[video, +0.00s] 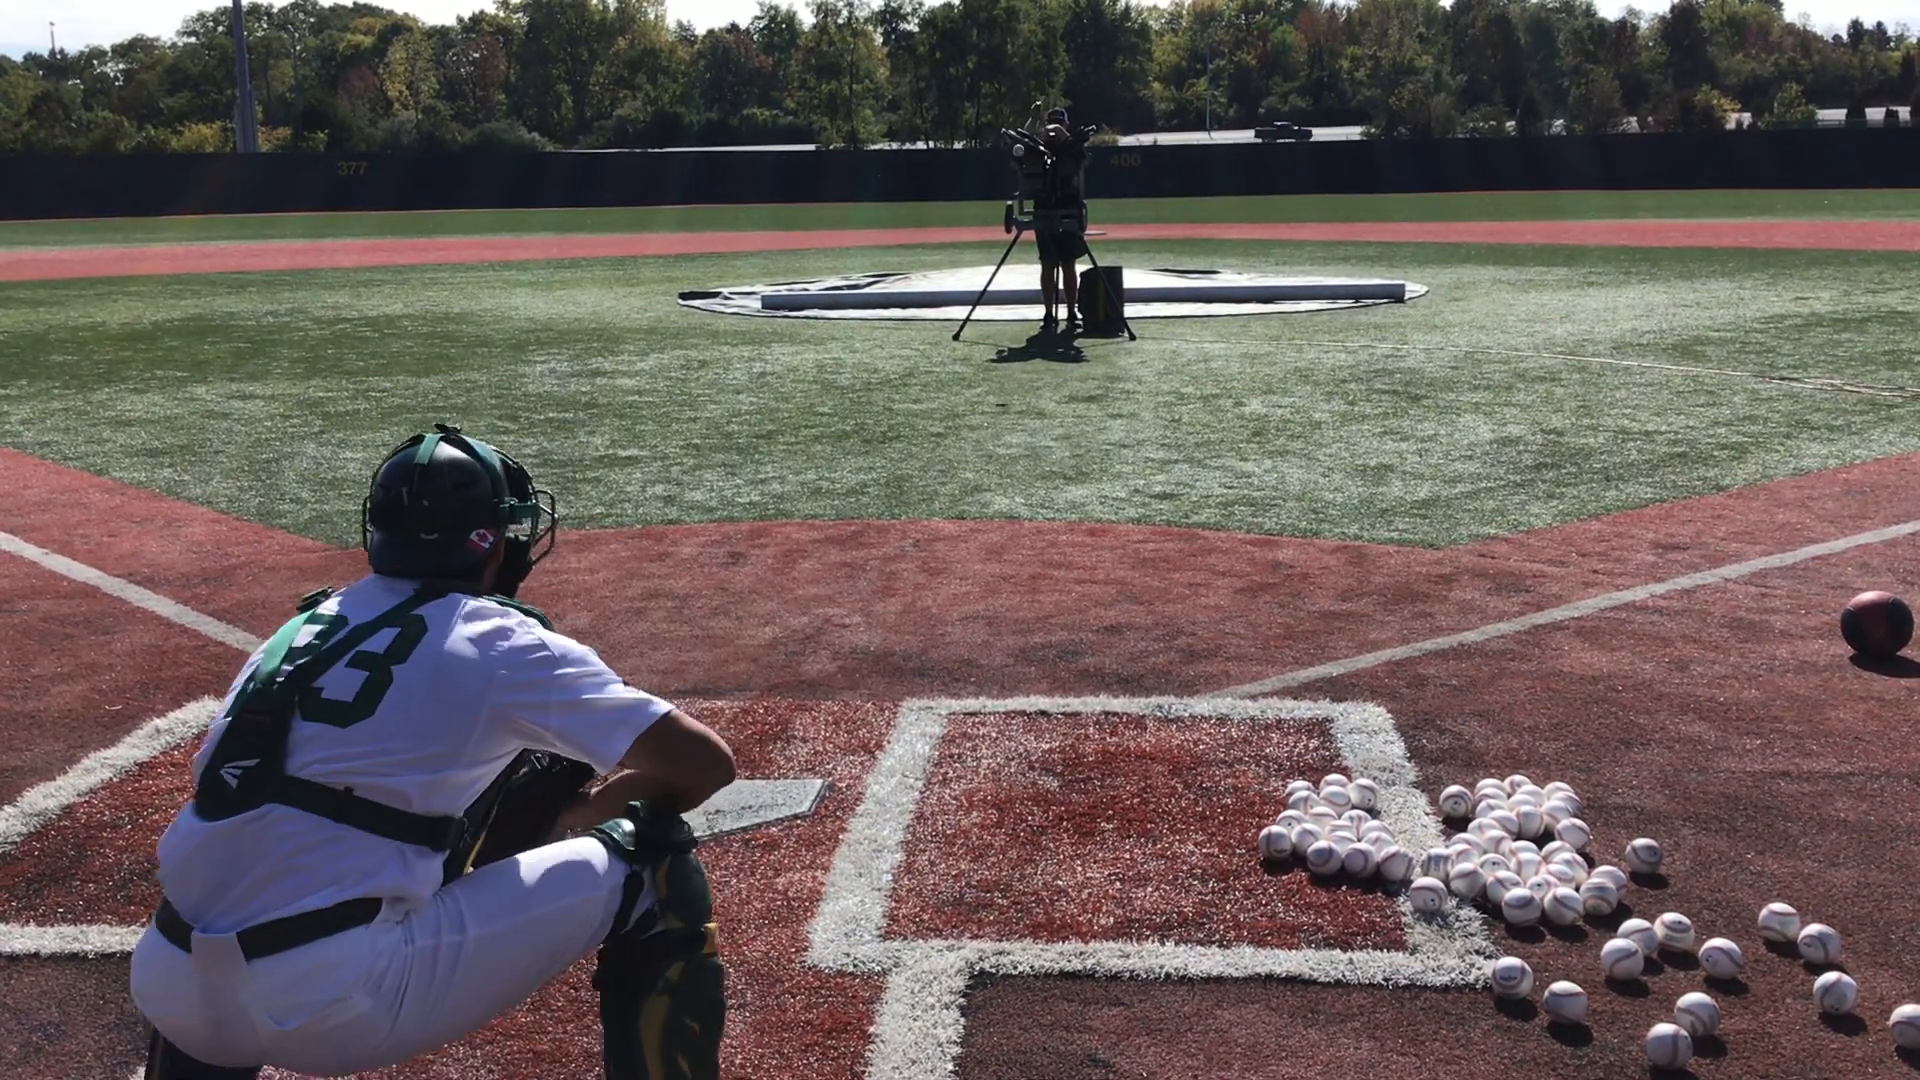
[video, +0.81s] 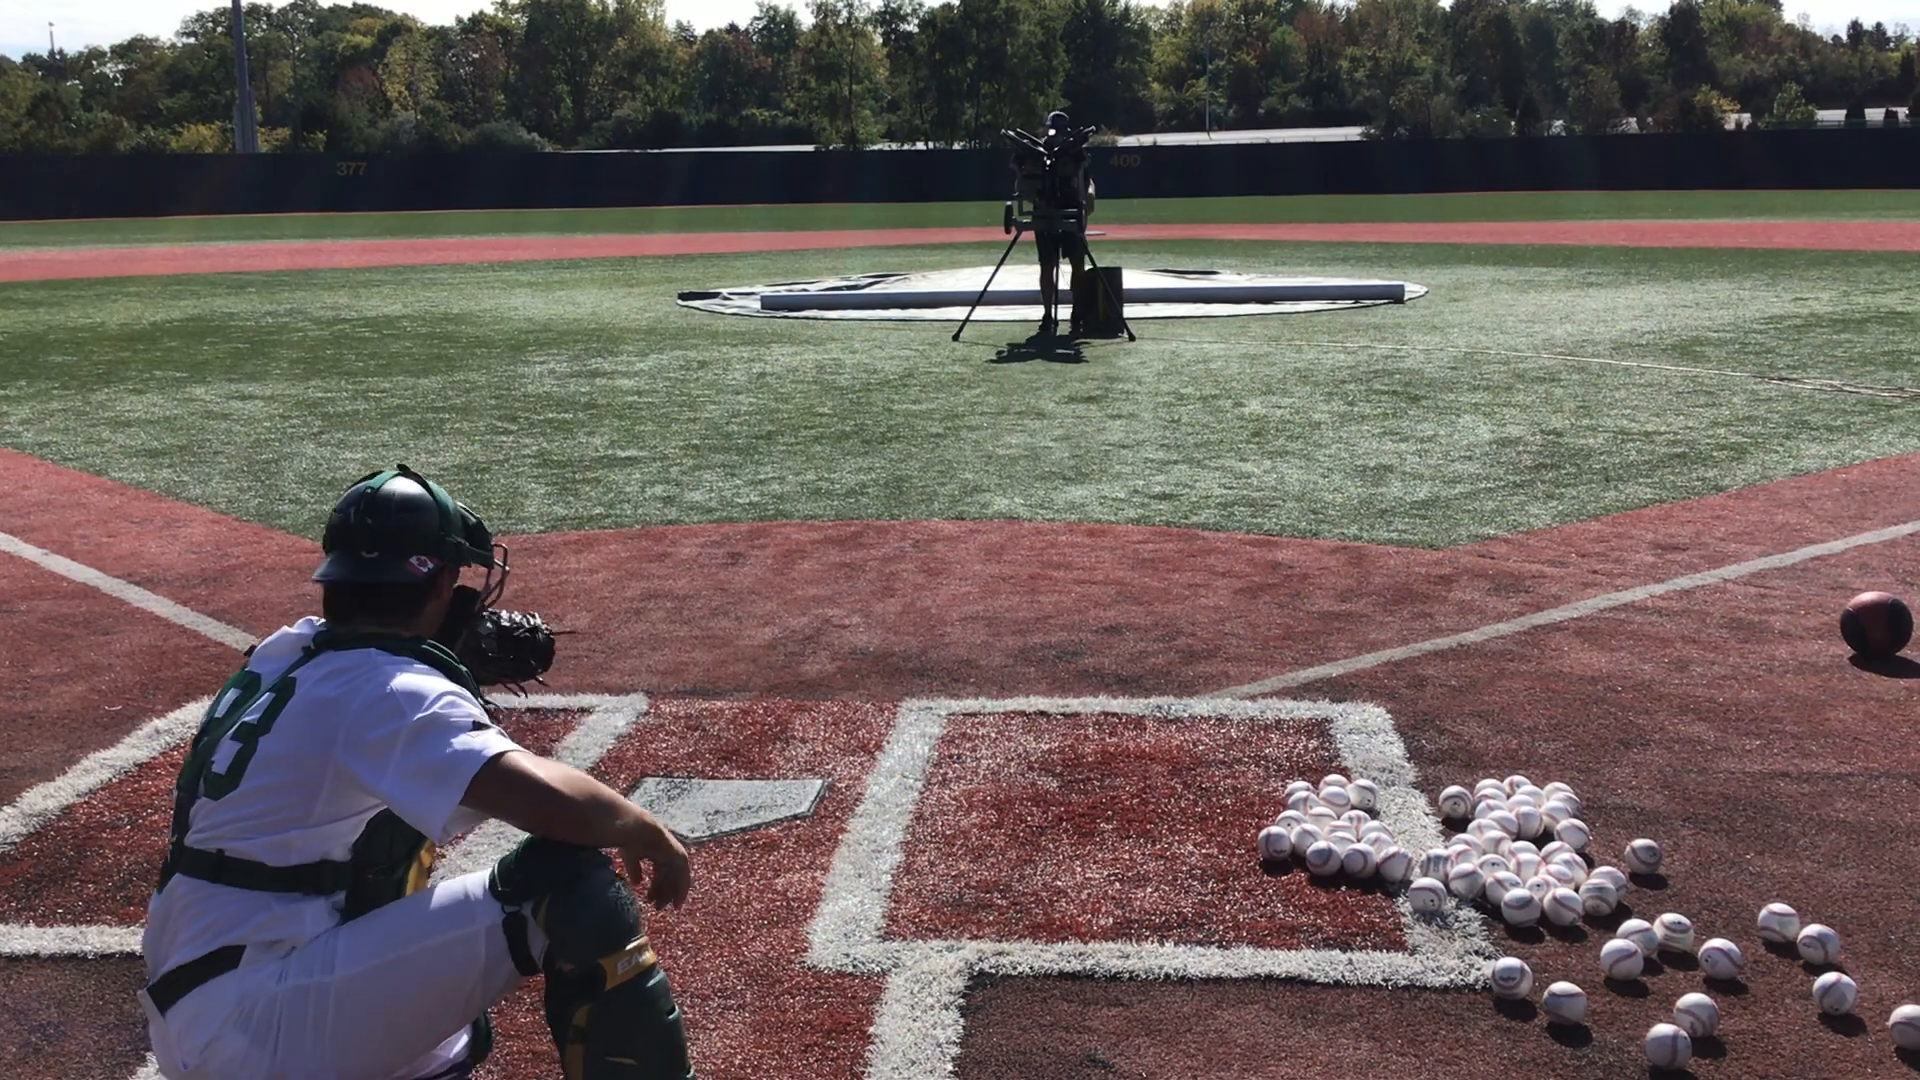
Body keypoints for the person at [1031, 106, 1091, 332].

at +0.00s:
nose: (1054, 131)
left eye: (1059, 126)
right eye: (1051, 126)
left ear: (1067, 127)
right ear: (1045, 128)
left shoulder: (1074, 146)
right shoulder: (1040, 147)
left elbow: (1080, 160)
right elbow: (1024, 143)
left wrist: (1064, 136)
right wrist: (1034, 119)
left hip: (1069, 212)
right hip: (1044, 213)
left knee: (1069, 267)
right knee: (1048, 267)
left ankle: (1071, 314)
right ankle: (1049, 315)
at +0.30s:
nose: (1051, 132)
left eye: (1055, 128)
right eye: (1048, 127)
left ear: (1063, 128)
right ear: (1042, 129)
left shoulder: (1071, 148)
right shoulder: (1036, 150)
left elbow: (1082, 160)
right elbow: (1023, 166)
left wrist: (1066, 136)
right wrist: (1037, 142)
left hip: (1069, 213)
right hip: (1044, 214)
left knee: (1068, 267)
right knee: (1047, 268)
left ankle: (1071, 313)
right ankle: (1048, 314)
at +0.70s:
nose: (1050, 131)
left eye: (1054, 127)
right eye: (1046, 127)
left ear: (1061, 129)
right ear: (1041, 130)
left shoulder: (1071, 149)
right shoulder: (1034, 151)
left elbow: (1080, 166)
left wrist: (1073, 145)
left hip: (1070, 215)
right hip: (1044, 217)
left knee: (1072, 268)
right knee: (1047, 269)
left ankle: (1072, 314)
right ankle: (1048, 315)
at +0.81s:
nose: (1054, 134)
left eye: (1059, 130)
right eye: (1051, 129)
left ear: (1067, 132)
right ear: (1046, 131)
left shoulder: (1076, 151)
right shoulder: (1037, 152)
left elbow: (1086, 177)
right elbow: (1025, 185)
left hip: (1073, 215)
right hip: (1045, 216)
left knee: (1078, 268)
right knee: (1047, 268)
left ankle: (1077, 316)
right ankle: (1048, 315)